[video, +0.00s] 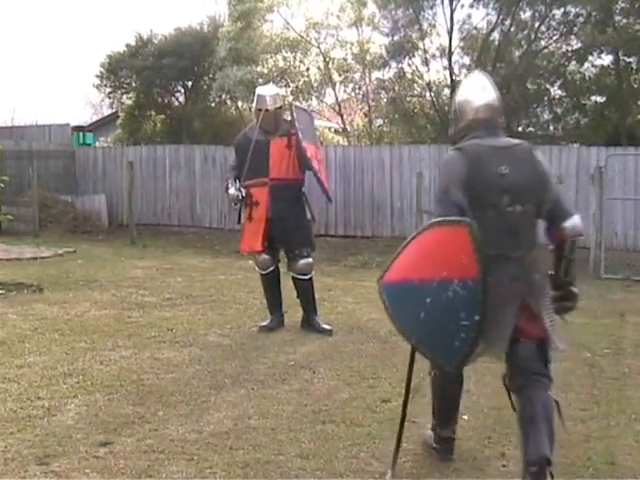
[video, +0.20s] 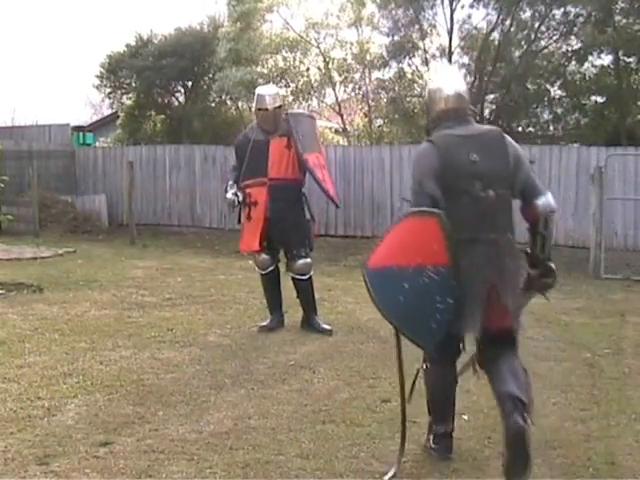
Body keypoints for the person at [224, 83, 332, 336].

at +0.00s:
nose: (269, 116)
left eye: (273, 110)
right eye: (264, 111)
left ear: (282, 109)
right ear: (256, 111)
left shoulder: (293, 135)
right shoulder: (246, 139)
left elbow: (308, 164)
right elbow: (234, 170)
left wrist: (301, 144)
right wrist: (233, 186)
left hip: (292, 206)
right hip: (260, 209)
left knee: (302, 261)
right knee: (264, 260)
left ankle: (310, 316)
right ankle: (275, 315)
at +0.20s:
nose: (266, 115)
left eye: (271, 109)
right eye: (261, 110)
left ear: (281, 109)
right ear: (255, 111)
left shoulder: (296, 135)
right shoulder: (245, 140)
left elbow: (311, 161)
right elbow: (237, 169)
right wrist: (232, 187)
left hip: (291, 206)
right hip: (259, 209)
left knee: (301, 262)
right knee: (264, 261)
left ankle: (310, 316)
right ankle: (275, 316)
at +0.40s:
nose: (267, 116)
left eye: (272, 110)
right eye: (262, 111)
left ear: (281, 109)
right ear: (255, 112)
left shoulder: (294, 135)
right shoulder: (246, 141)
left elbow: (312, 162)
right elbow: (238, 171)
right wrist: (232, 192)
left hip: (291, 207)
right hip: (259, 210)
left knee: (302, 263)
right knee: (264, 261)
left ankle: (310, 316)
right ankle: (276, 315)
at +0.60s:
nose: (267, 116)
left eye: (271, 110)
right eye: (261, 111)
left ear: (280, 109)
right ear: (254, 111)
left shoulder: (293, 135)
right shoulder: (244, 140)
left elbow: (312, 166)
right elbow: (235, 175)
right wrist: (231, 199)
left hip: (291, 207)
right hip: (258, 210)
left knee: (302, 262)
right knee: (264, 261)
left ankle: (310, 316)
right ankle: (276, 315)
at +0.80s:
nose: (261, 117)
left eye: (266, 111)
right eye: (256, 112)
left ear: (276, 109)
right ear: (250, 111)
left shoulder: (291, 134)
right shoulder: (240, 139)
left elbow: (309, 169)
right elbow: (231, 175)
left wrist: (305, 137)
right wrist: (229, 200)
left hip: (290, 205)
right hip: (257, 207)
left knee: (303, 260)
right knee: (264, 260)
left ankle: (312, 315)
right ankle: (275, 315)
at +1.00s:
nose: (256, 117)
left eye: (261, 113)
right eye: (252, 112)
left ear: (272, 110)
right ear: (245, 111)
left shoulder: (287, 132)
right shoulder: (236, 138)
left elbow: (306, 168)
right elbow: (225, 172)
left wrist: (301, 139)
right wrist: (225, 199)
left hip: (289, 200)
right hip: (256, 204)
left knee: (303, 257)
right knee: (265, 260)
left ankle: (304, 312)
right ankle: (276, 315)